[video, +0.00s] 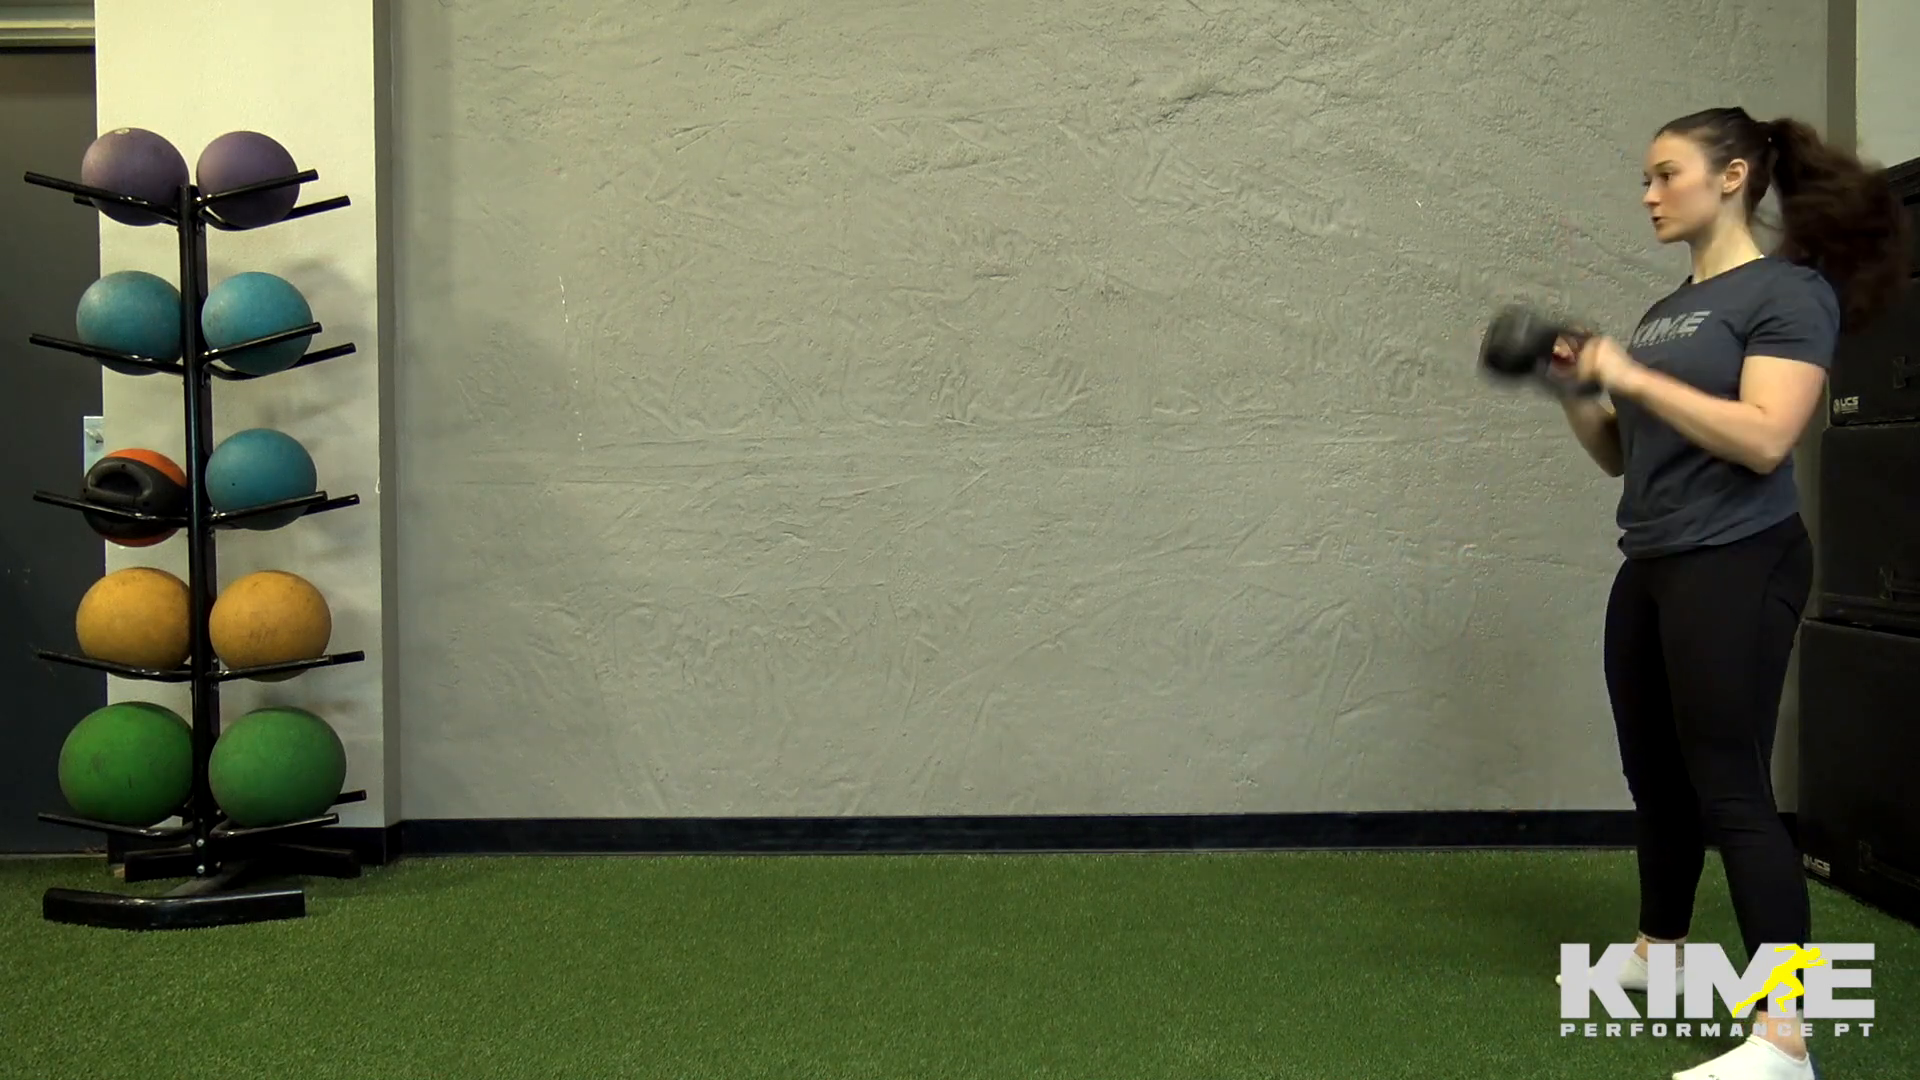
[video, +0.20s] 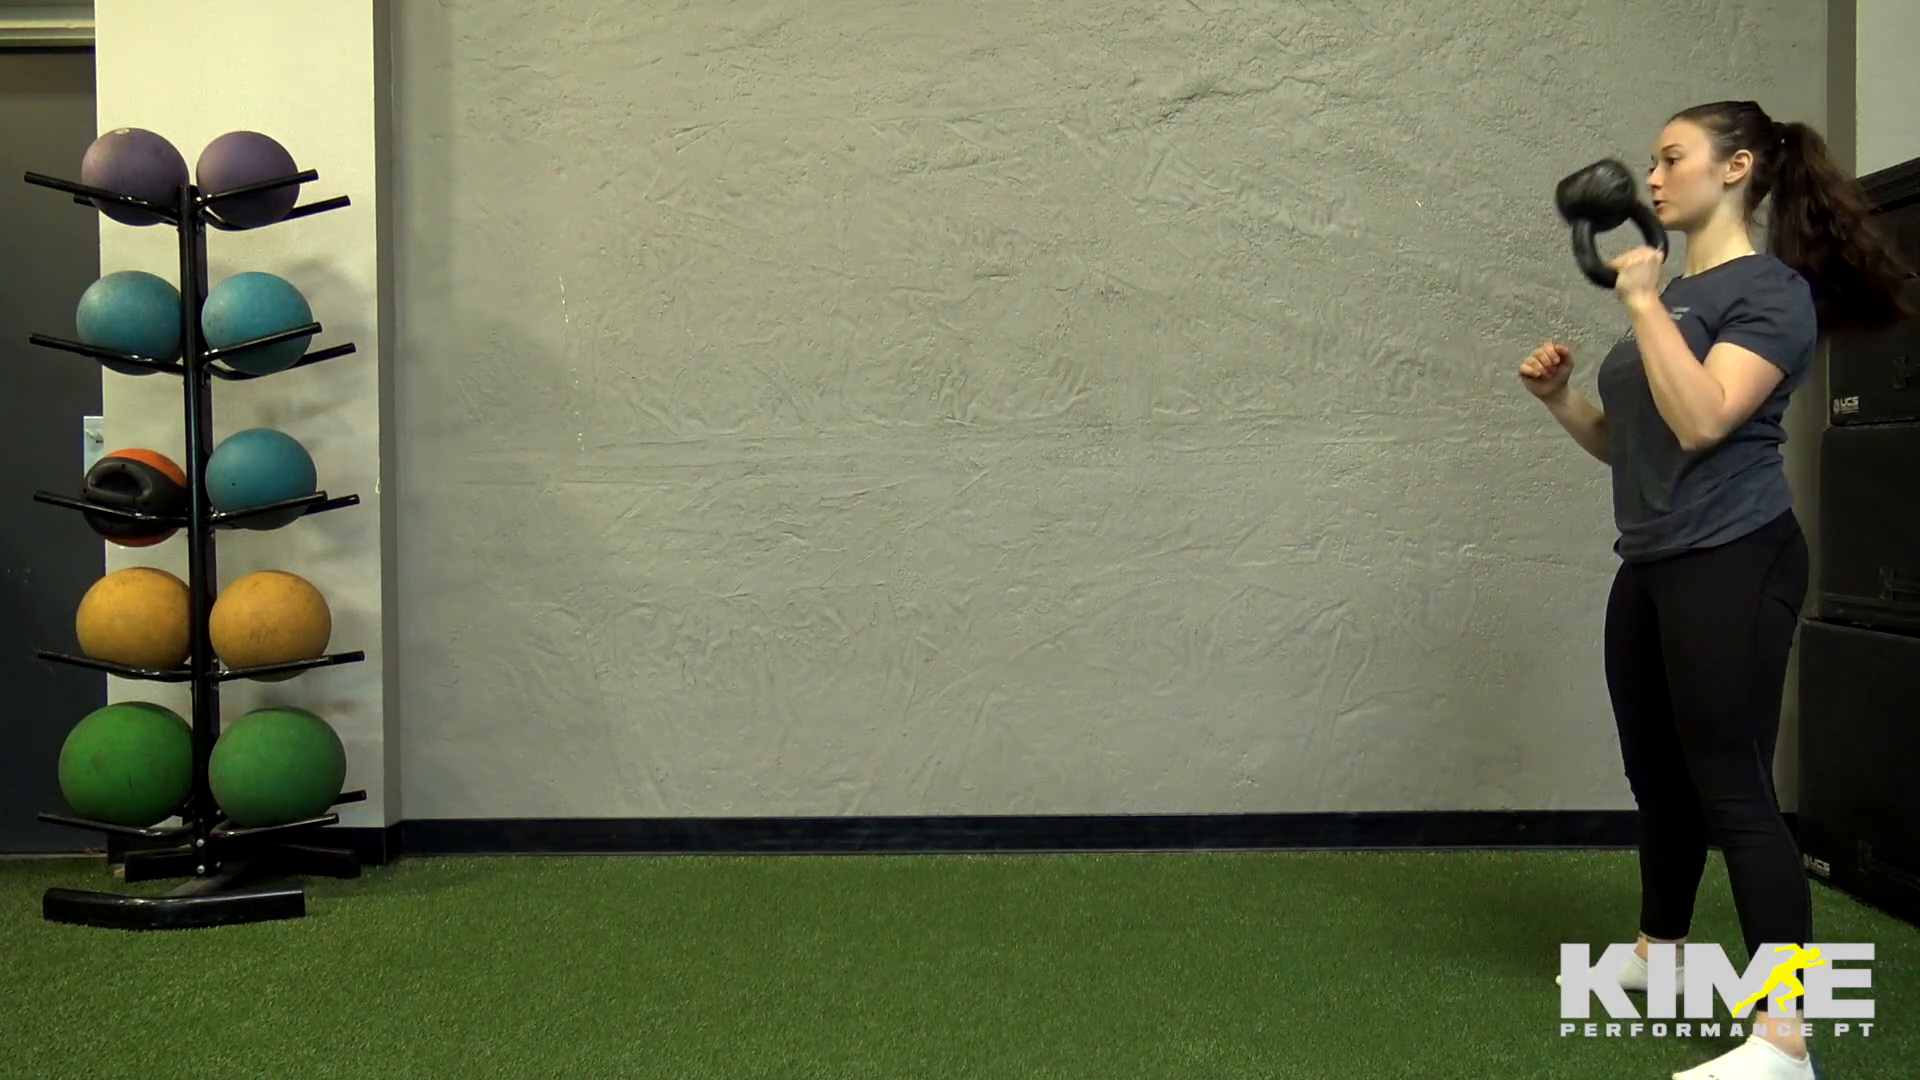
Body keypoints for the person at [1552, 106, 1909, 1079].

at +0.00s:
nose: (1649, 197)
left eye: (1666, 176)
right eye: (1648, 180)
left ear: (1734, 177)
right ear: (1709, 184)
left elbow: (1766, 437)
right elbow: (1625, 456)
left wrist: (1627, 372)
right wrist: (1579, 395)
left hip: (1739, 564)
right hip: (1650, 569)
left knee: (1733, 789)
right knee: (1658, 784)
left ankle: (1787, 1029)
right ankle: (1655, 968)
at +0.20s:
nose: (1651, 181)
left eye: (1670, 161)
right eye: (1652, 165)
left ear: (1738, 167)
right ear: (1715, 172)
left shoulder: (1774, 291)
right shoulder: (1671, 294)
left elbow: (1703, 417)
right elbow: (1631, 450)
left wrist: (1642, 298)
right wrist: (1565, 401)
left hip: (1733, 560)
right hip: (1652, 567)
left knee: (1735, 789)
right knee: (1662, 782)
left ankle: (1785, 1032)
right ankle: (1656, 963)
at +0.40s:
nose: (1661, 168)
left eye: (1679, 151)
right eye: (1660, 154)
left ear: (1741, 165)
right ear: (1675, 178)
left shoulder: (1776, 287)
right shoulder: (1670, 285)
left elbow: (1689, 404)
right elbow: (1636, 449)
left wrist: (1651, 278)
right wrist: (1570, 408)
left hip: (1737, 562)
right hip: (1652, 567)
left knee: (1738, 788)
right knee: (1662, 784)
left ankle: (1786, 1034)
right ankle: (1658, 967)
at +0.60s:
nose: (1658, 166)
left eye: (1678, 149)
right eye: (1659, 151)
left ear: (1740, 165)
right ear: (1702, 173)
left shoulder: (1768, 288)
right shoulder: (1674, 282)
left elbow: (1682, 412)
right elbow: (1647, 445)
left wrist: (1644, 288)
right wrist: (1567, 429)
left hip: (1735, 561)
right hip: (1654, 567)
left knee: (1736, 785)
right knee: (1663, 781)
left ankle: (1785, 1031)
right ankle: (1657, 965)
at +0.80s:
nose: (1658, 166)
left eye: (1674, 150)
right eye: (1658, 153)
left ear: (1738, 159)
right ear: (1714, 164)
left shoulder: (1765, 289)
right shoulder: (1676, 281)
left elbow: (1668, 426)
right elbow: (1651, 448)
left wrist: (1637, 300)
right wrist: (1563, 470)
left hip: (1727, 563)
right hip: (1652, 566)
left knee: (1735, 790)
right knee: (1663, 781)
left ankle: (1784, 1035)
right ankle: (1654, 963)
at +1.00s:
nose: (1652, 163)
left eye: (1672, 146)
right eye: (1653, 147)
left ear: (1734, 155)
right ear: (1710, 158)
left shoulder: (1761, 288)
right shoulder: (1677, 281)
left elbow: (1664, 419)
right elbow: (1649, 447)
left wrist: (1638, 291)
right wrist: (1573, 523)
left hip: (1728, 562)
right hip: (1651, 567)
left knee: (1731, 792)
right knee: (1663, 782)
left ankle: (1783, 1036)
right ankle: (1653, 962)